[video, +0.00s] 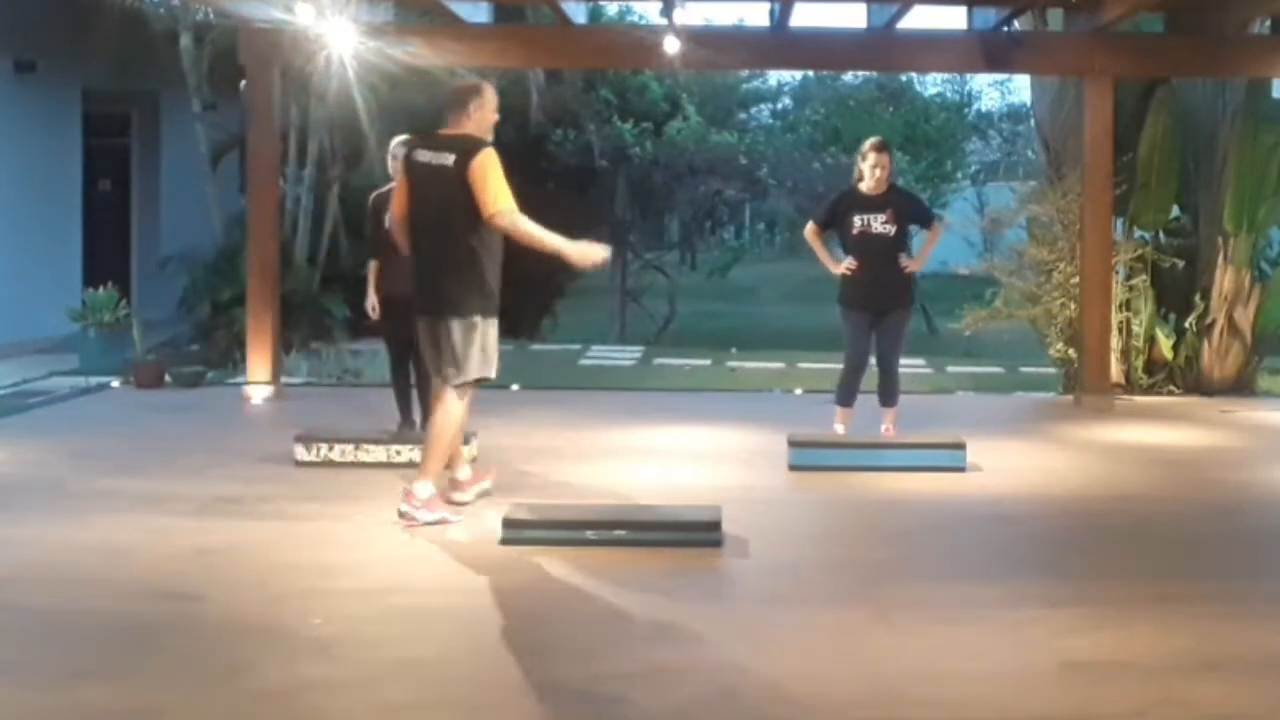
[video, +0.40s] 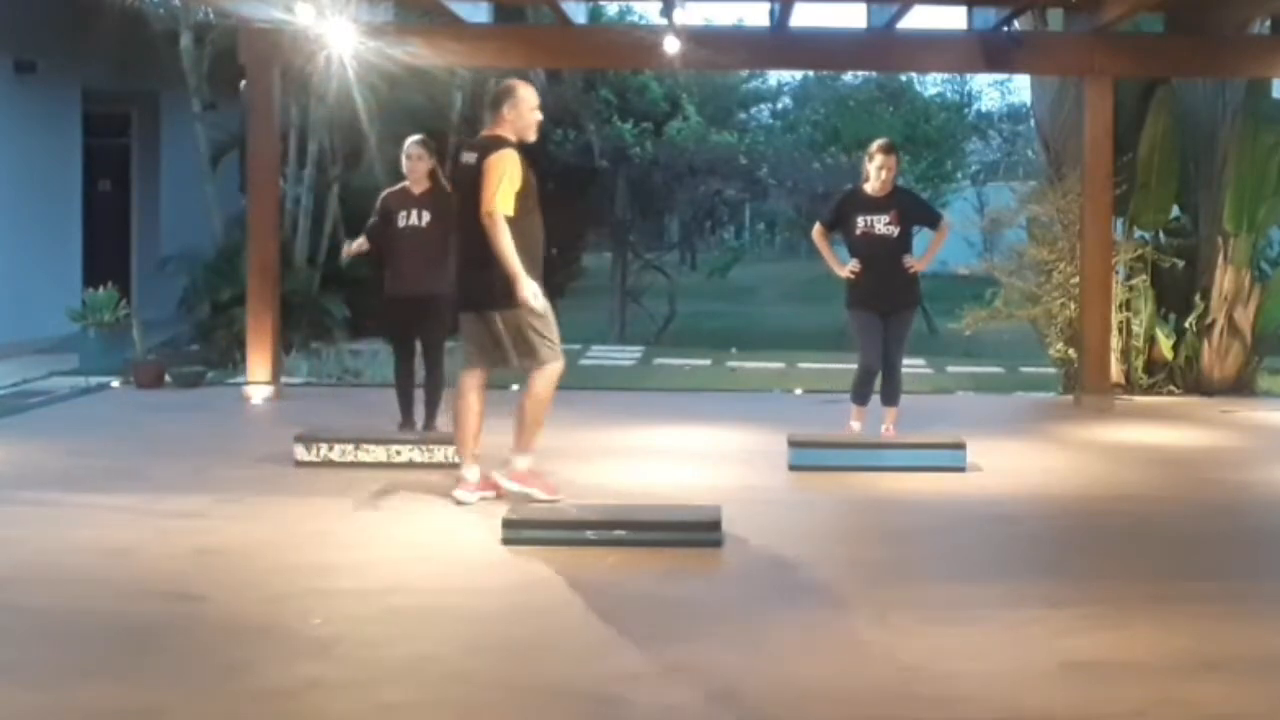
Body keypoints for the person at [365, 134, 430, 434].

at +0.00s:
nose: (398, 164)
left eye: (404, 157)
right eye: (395, 157)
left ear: (414, 160)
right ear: (388, 161)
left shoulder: (429, 196)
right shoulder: (380, 199)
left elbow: (437, 245)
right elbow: (375, 249)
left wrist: (438, 285)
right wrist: (372, 289)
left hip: (423, 290)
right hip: (393, 292)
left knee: (424, 359)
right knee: (399, 359)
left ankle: (429, 418)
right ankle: (405, 418)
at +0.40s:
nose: (410, 164)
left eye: (417, 158)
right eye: (407, 158)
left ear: (432, 162)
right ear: (401, 162)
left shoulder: (447, 197)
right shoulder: (389, 198)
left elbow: (456, 240)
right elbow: (376, 234)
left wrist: (453, 279)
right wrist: (357, 246)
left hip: (435, 291)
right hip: (399, 292)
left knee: (433, 357)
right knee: (403, 357)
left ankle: (430, 419)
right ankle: (406, 418)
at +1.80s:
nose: (413, 167)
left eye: (419, 161)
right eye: (409, 160)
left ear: (433, 163)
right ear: (403, 163)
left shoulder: (446, 197)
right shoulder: (392, 198)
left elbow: (454, 243)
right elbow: (385, 242)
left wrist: (429, 267)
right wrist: (403, 272)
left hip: (436, 291)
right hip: (403, 290)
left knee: (434, 355)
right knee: (409, 356)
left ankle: (430, 418)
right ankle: (414, 418)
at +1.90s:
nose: (413, 169)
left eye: (419, 163)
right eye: (409, 163)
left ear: (433, 165)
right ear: (403, 165)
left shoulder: (447, 200)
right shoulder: (391, 201)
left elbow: (457, 245)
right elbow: (387, 248)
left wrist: (442, 279)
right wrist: (389, 286)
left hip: (435, 290)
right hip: (403, 290)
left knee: (436, 358)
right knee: (409, 359)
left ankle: (431, 417)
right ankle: (414, 417)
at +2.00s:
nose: (414, 171)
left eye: (420, 166)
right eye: (410, 165)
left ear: (433, 168)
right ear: (403, 167)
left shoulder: (446, 204)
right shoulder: (391, 204)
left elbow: (455, 254)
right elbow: (384, 254)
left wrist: (459, 293)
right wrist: (377, 294)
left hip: (437, 297)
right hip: (403, 297)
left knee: (437, 361)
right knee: (410, 362)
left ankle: (431, 418)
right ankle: (414, 419)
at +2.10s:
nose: (413, 169)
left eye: (420, 163)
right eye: (409, 163)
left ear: (433, 165)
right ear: (403, 165)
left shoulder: (447, 200)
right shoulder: (391, 200)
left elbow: (455, 251)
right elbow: (381, 250)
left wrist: (466, 291)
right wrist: (370, 289)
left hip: (438, 295)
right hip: (402, 295)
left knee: (435, 360)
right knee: (409, 360)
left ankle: (430, 419)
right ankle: (414, 420)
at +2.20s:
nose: (413, 168)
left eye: (419, 162)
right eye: (409, 161)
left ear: (433, 163)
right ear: (403, 163)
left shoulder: (447, 199)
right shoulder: (392, 199)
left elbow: (459, 247)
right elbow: (380, 247)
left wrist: (470, 287)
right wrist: (367, 285)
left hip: (436, 293)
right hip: (400, 293)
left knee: (432, 358)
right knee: (407, 359)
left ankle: (429, 420)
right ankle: (413, 420)